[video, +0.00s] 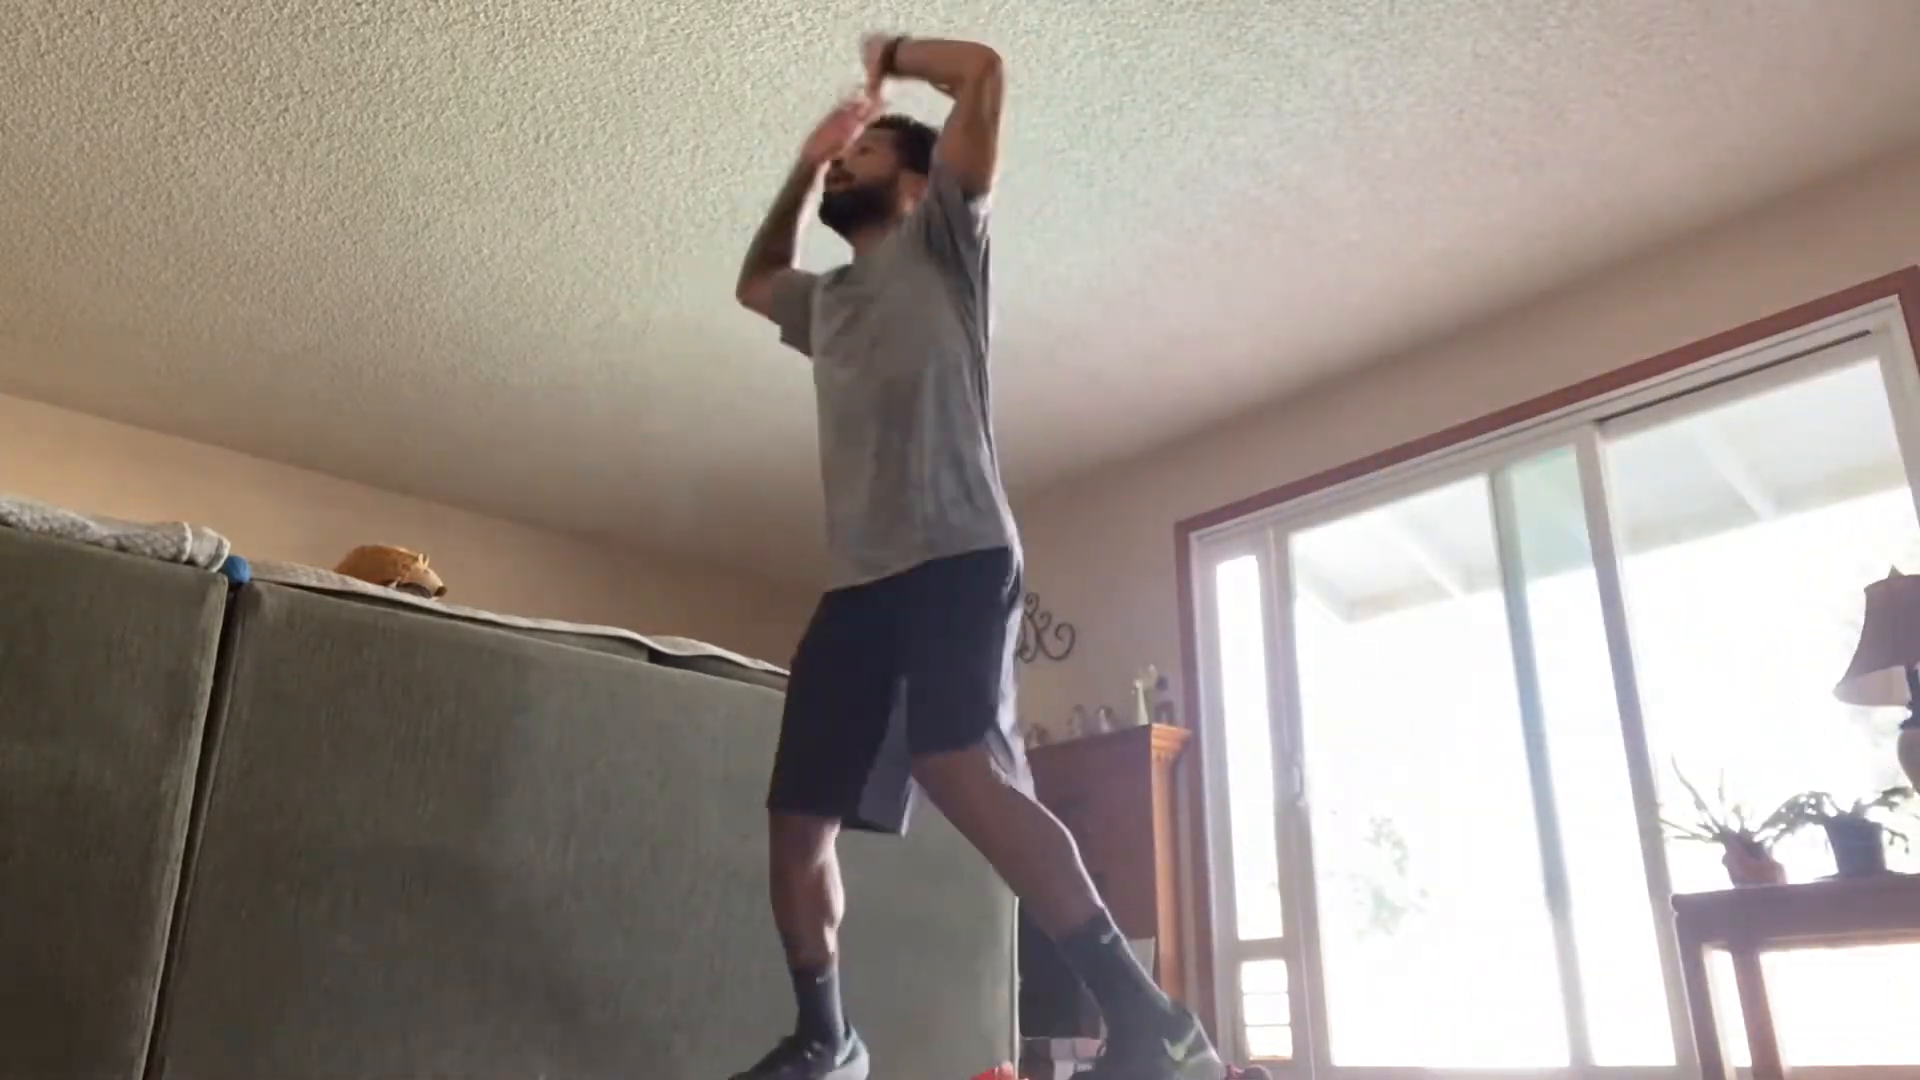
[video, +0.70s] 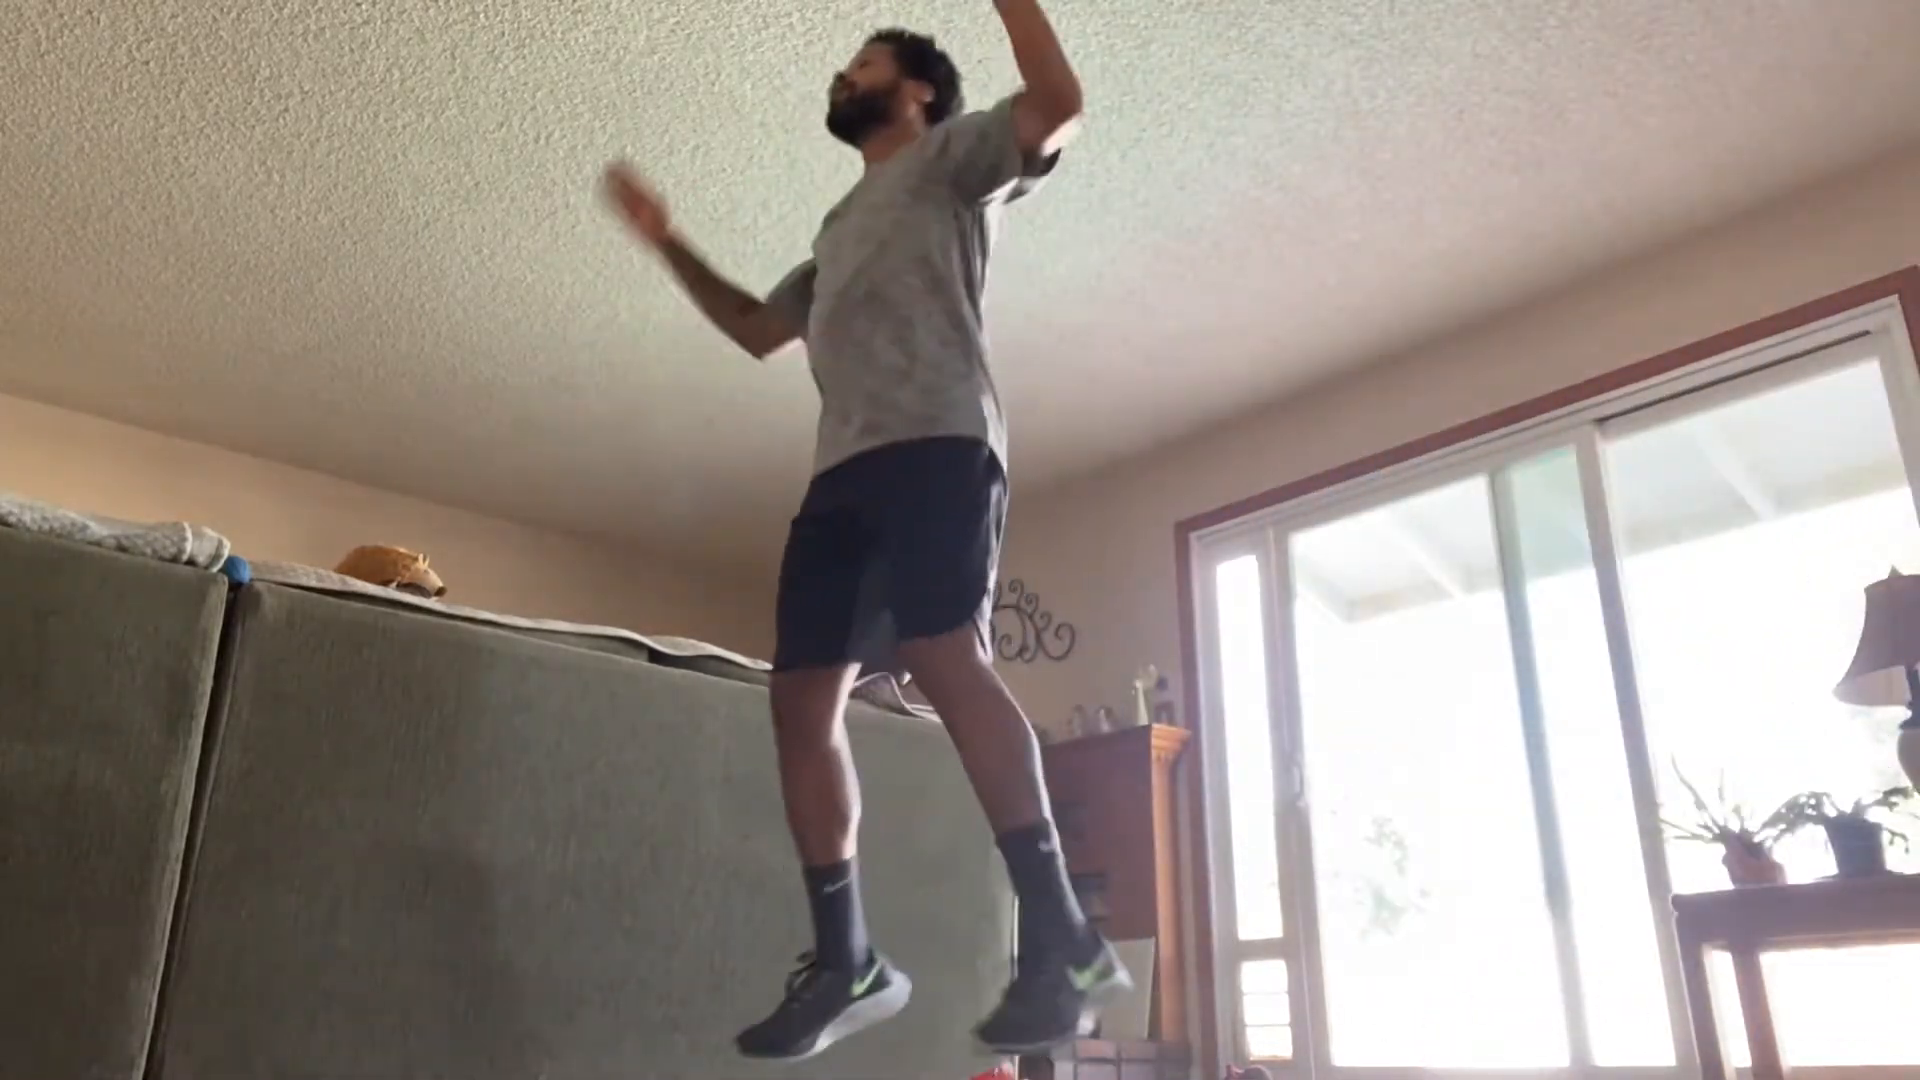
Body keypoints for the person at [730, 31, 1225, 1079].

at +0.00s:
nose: (839, 155)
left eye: (864, 143)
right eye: (834, 149)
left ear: (915, 171)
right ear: (841, 186)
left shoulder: (943, 239)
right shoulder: (827, 300)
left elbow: (983, 69)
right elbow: (758, 279)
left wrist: (891, 52)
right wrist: (806, 171)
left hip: (961, 554)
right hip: (860, 579)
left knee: (956, 762)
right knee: (798, 818)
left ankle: (1143, 1017)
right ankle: (824, 1040)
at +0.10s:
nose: (846, 106)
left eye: (870, 97)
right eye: (850, 100)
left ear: (923, 127)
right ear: (867, 140)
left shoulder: (950, 187)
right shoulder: (831, 259)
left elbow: (1028, 82)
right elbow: (733, 306)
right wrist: (667, 201)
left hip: (958, 495)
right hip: (854, 521)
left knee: (983, 703)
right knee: (812, 752)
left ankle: (1118, 962)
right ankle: (824, 991)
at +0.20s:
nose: (830, 62)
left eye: (857, 51)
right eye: (831, 56)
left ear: (908, 78)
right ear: (843, 102)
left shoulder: (941, 148)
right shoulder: (825, 223)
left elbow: (1038, 190)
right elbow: (773, 362)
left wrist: (991, 103)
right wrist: (642, 326)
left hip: (955, 437)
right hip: (858, 467)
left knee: (946, 650)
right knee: (826, 695)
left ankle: (1062, 921)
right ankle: (872, 951)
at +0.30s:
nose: (803, 70)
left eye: (829, 59)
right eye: (807, 62)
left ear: (883, 93)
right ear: (821, 111)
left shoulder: (942, 178)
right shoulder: (807, 243)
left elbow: (1017, 301)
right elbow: (827, 399)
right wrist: (735, 454)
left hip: (956, 456)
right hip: (859, 482)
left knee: (928, 671)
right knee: (844, 701)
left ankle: (1000, 965)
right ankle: (893, 973)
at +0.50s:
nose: (811, 96)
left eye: (835, 84)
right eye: (814, 88)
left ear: (889, 119)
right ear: (835, 130)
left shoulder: (936, 202)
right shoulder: (811, 275)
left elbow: (1006, 332)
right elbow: (829, 418)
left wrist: (933, 394)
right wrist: (756, 486)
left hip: (945, 495)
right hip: (851, 522)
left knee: (903, 703)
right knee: (841, 724)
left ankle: (987, 984)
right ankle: (908, 1002)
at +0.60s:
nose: (831, 58)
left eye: (855, 43)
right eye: (832, 51)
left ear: (912, 68)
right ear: (847, 92)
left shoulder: (942, 148)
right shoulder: (829, 221)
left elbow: (1032, 225)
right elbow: (803, 364)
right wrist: (668, 363)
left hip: (941, 439)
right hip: (850, 460)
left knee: (932, 655)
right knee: (839, 697)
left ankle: (1013, 943)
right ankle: (879, 958)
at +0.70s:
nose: (842, 74)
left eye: (867, 64)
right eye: (845, 66)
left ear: (920, 90)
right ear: (870, 102)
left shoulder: (949, 157)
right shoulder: (838, 233)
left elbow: (1056, 96)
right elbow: (762, 331)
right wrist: (668, 242)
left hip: (940, 442)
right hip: (842, 468)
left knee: (949, 660)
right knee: (805, 703)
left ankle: (1060, 939)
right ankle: (844, 962)